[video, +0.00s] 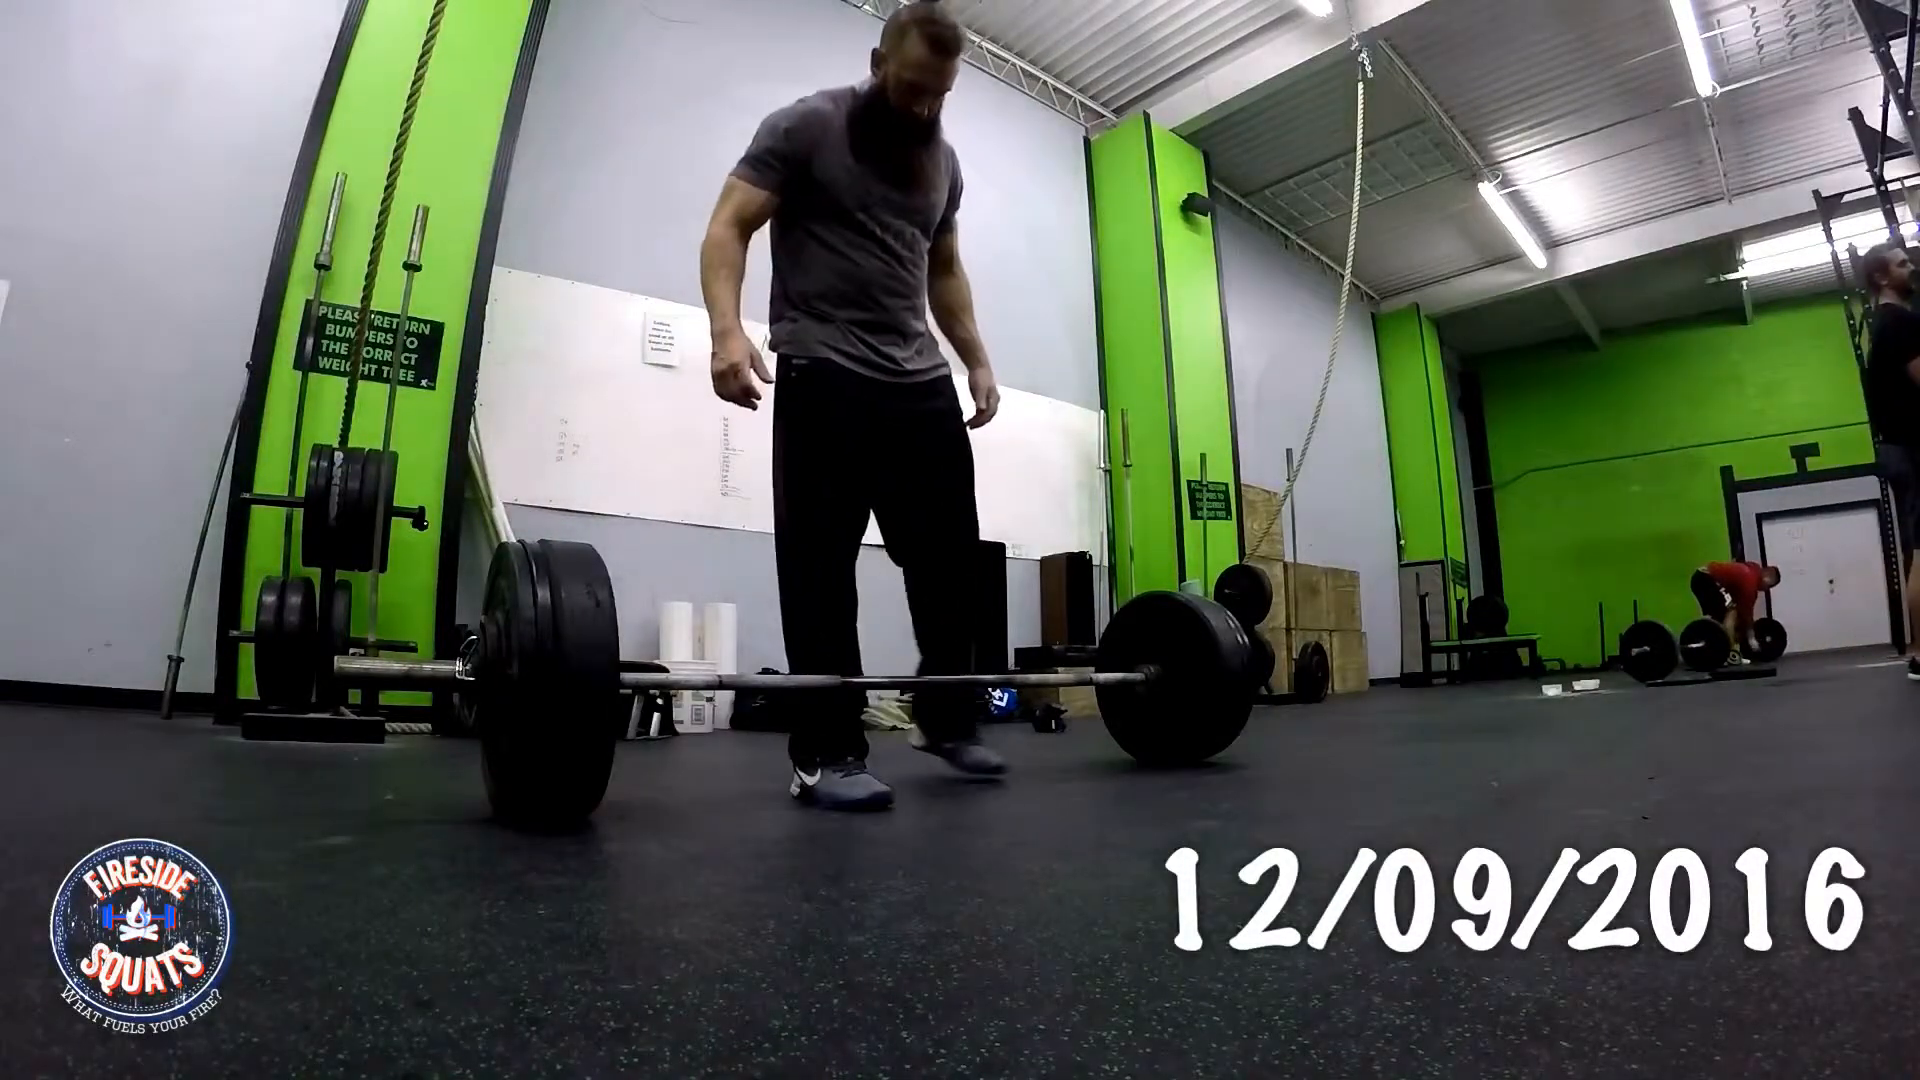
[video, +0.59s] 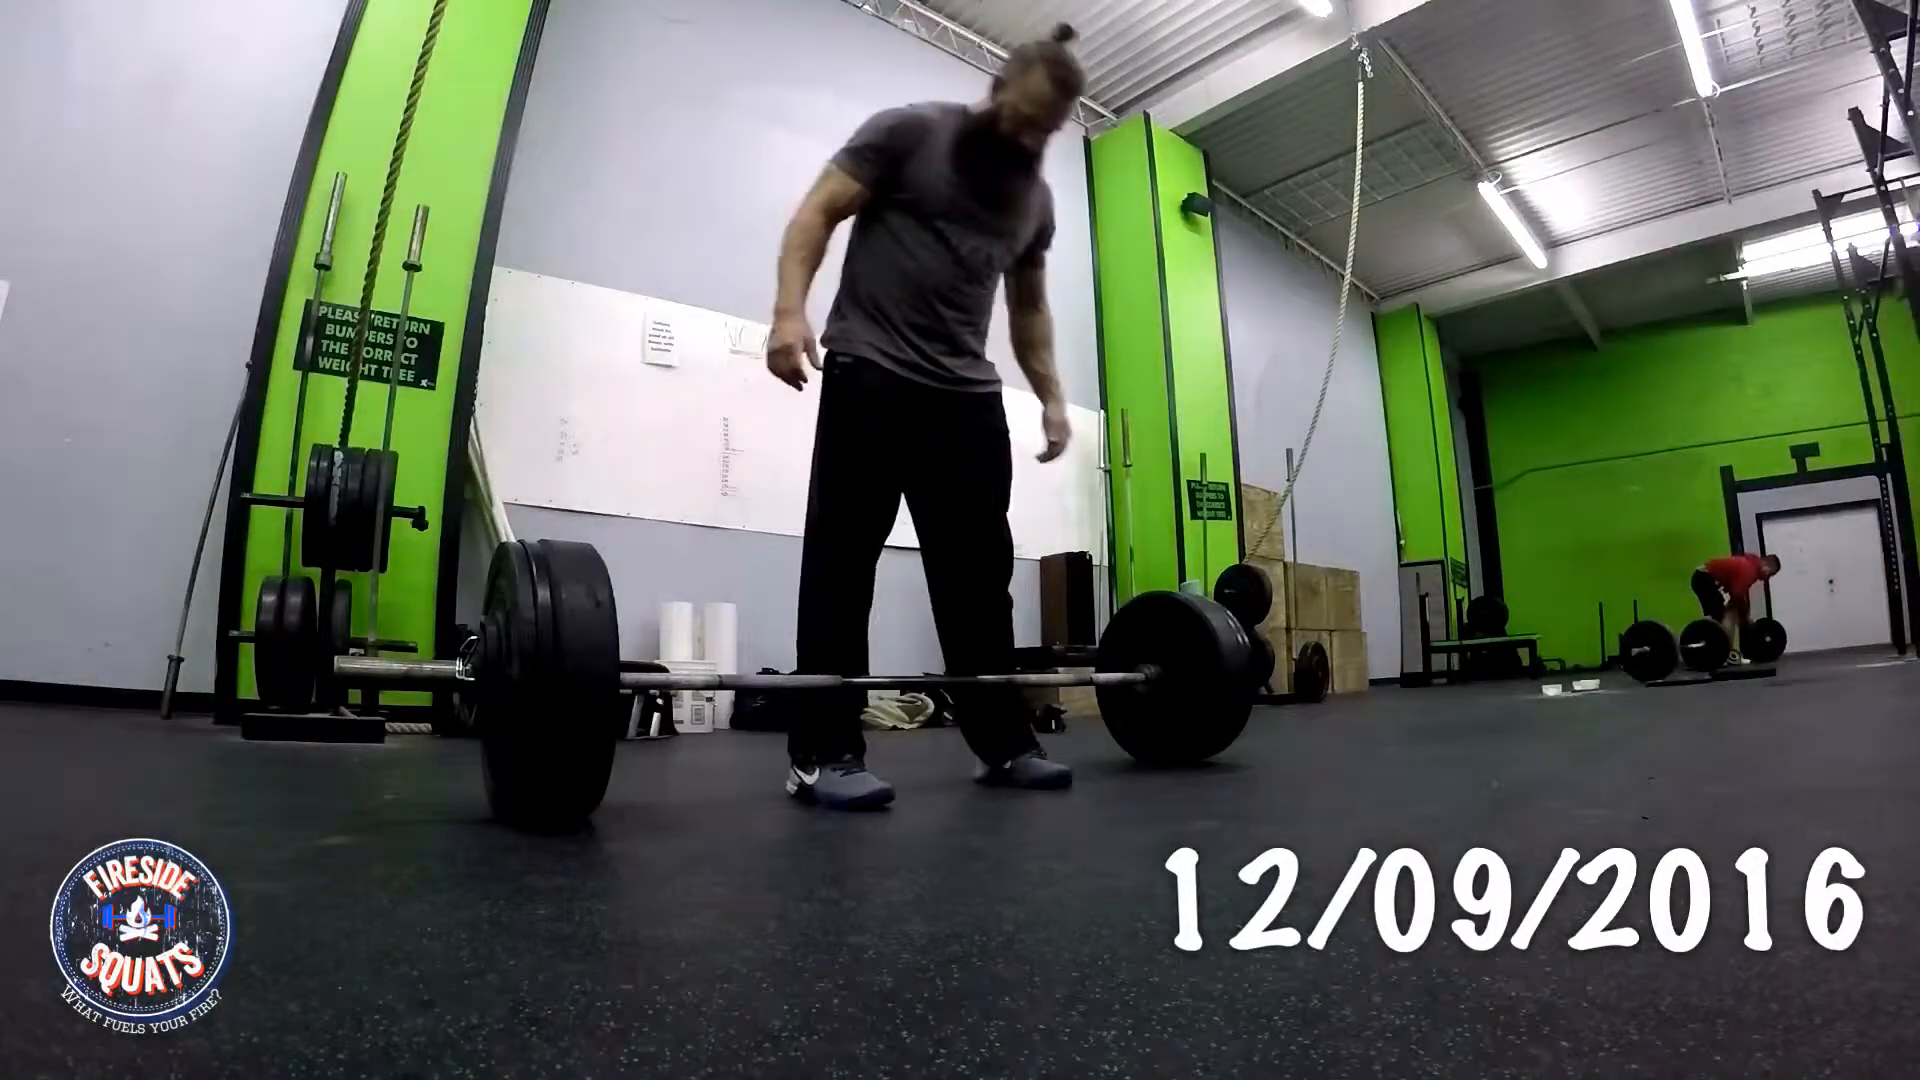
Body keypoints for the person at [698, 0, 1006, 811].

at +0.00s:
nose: (927, 104)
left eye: (940, 91)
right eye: (914, 87)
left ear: (953, 77)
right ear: (880, 60)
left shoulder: (941, 158)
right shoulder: (807, 126)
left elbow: (945, 269)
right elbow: (729, 226)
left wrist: (977, 361)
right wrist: (726, 329)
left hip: (916, 383)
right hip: (820, 377)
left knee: (947, 556)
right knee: (820, 569)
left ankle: (950, 725)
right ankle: (826, 758)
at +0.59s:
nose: (1029, 136)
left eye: (1044, 127)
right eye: (1023, 116)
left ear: (1058, 122)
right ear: (995, 87)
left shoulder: (1033, 201)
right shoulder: (908, 134)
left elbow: (1029, 305)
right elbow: (817, 213)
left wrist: (1052, 397)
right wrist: (789, 315)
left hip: (964, 396)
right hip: (868, 378)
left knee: (978, 570)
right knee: (841, 565)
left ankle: (1004, 748)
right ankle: (824, 756)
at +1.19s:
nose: (1002, 121)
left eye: (1017, 111)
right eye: (994, 103)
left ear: (1036, 101)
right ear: (967, 72)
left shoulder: (1011, 182)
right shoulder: (882, 123)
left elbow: (1000, 290)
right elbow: (789, 214)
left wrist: (1018, 387)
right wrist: (778, 314)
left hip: (959, 388)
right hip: (860, 373)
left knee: (982, 563)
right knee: (836, 563)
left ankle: (1006, 745)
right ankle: (818, 758)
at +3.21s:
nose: (969, 47)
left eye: (974, 42)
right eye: (949, 38)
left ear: (979, 73)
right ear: (910, 66)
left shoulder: (1005, 176)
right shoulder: (877, 128)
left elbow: (1039, 276)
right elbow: (831, 216)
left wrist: (1104, 345)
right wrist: (832, 298)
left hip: (987, 389)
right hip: (890, 371)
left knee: (989, 570)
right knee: (855, 564)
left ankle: (1002, 748)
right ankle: (824, 758)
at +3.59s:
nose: (955, 49)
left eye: (961, 44)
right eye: (933, 41)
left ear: (967, 75)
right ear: (896, 70)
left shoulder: (990, 174)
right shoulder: (863, 132)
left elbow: (1018, 278)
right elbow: (815, 211)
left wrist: (1069, 347)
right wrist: (811, 291)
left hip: (980, 387)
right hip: (881, 371)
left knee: (985, 571)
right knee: (850, 564)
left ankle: (1003, 746)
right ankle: (822, 756)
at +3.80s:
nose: (963, 51)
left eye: (969, 47)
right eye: (944, 41)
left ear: (973, 76)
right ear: (903, 66)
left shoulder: (993, 174)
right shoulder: (868, 129)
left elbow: (1013, 278)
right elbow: (801, 220)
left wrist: (1046, 350)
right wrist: (816, 302)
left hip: (979, 388)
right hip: (879, 373)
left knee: (986, 570)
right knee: (848, 565)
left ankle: (1002, 747)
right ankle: (823, 757)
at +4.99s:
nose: (1093, 299)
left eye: (1105, 288)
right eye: (1093, 281)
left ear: (1111, 274)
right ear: (1066, 240)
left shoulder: (1064, 322)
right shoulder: (949, 247)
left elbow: (1070, 434)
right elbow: (852, 359)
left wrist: (1084, 551)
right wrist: (911, 473)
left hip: (929, 421)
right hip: (843, 397)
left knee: (997, 552)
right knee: (835, 558)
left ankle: (1008, 744)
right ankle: (819, 758)